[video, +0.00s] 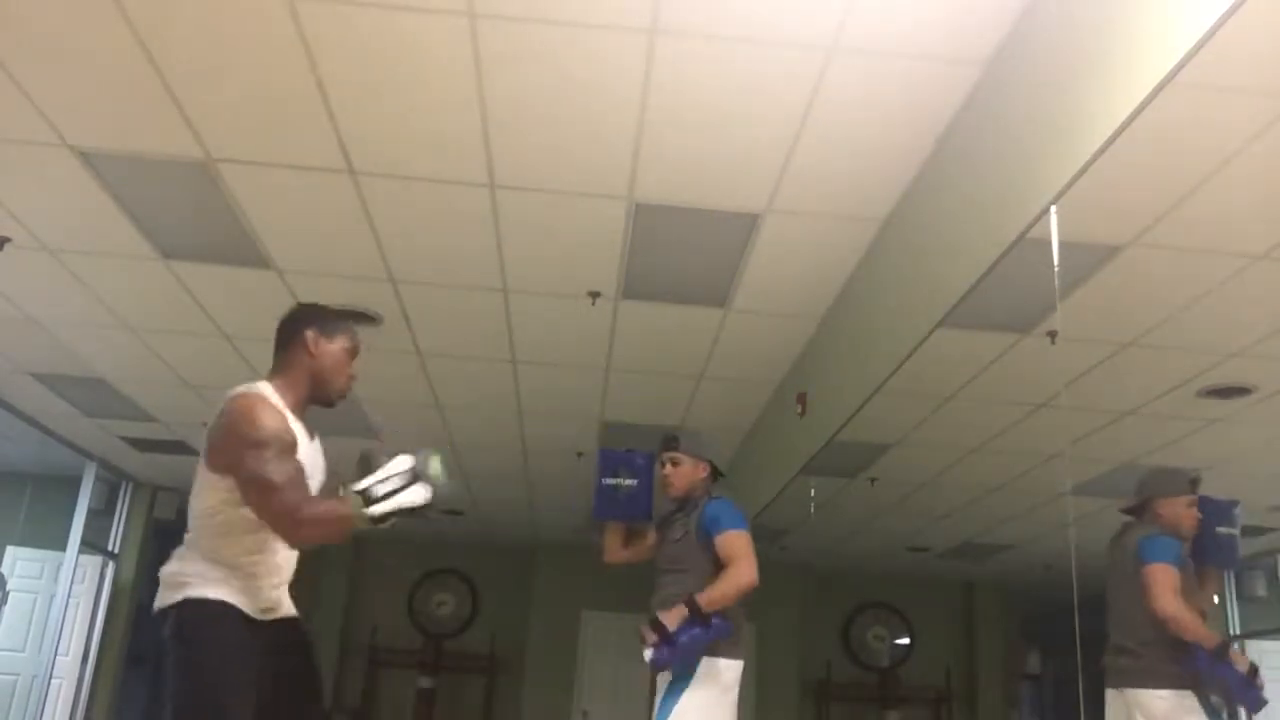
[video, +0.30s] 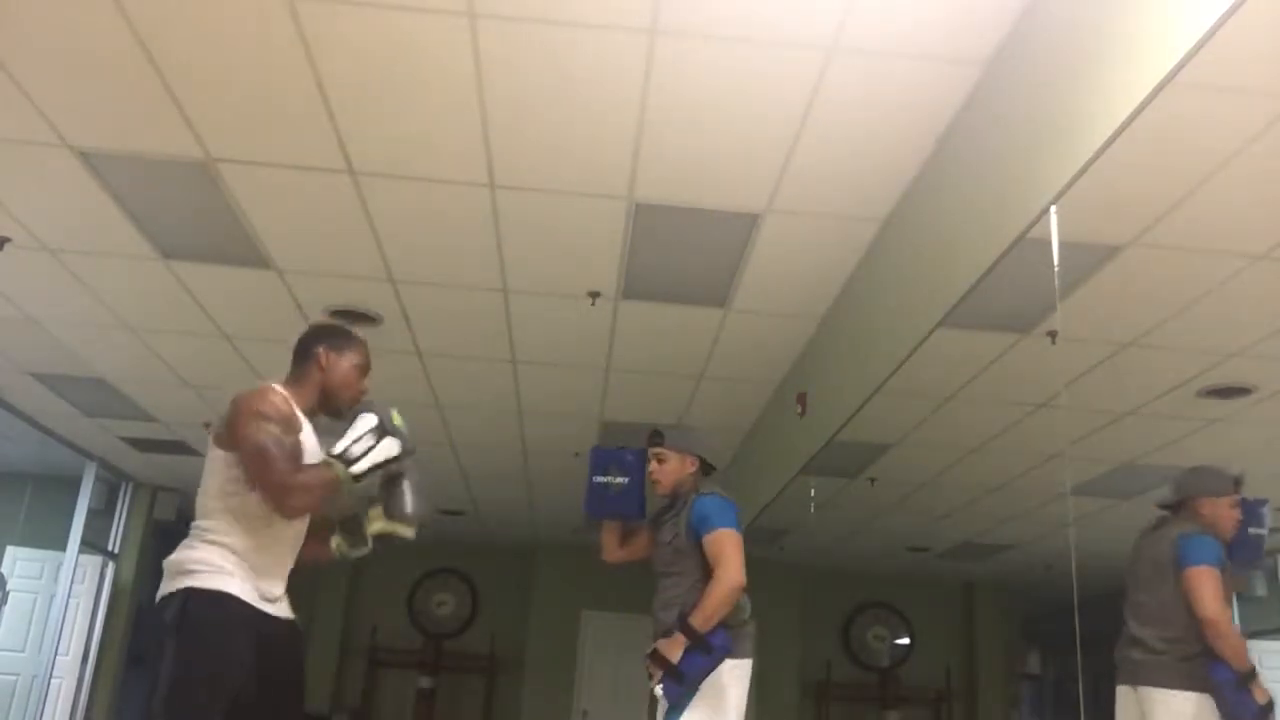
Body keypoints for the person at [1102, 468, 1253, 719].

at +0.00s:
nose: (1199, 515)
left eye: (1196, 506)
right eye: (1190, 506)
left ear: (1157, 509)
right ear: (1160, 507)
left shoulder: (1124, 541)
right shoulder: (1160, 542)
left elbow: (1197, 608)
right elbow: (1167, 607)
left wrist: (1214, 546)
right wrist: (1224, 650)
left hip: (1120, 688)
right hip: (1159, 690)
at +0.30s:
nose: (1239, 515)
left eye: (1238, 506)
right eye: (1233, 506)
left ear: (1199, 506)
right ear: (1203, 505)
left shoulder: (1151, 536)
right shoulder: (1197, 540)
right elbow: (1213, 618)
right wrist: (1249, 676)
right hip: (1176, 683)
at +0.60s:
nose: (1251, 506)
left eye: (1250, 497)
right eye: (1246, 497)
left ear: (1204, 496)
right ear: (1218, 496)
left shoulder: (1156, 527)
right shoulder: (1223, 532)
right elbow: (1251, 611)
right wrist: (1274, 663)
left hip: (1137, 674)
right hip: (1193, 679)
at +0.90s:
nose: (1200, 502)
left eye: (1199, 494)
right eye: (1195, 494)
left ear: (1147, 495)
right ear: (1171, 495)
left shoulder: (1104, 533)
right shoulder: (1178, 530)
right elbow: (1212, 603)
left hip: (1111, 686)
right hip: (1173, 687)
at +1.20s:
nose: (1200, 494)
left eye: (1200, 484)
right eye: (1197, 484)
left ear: (1145, 484)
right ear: (1178, 484)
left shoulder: (1102, 526)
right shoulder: (1187, 519)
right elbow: (1272, 538)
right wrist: (1253, 487)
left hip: (1112, 682)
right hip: (1182, 682)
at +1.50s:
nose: (1247, 484)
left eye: (1248, 476)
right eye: (1245, 476)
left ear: (1186, 474)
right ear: (1229, 477)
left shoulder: (1135, 515)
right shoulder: (1247, 511)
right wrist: (1251, 491)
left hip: (1155, 676)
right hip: (1236, 677)